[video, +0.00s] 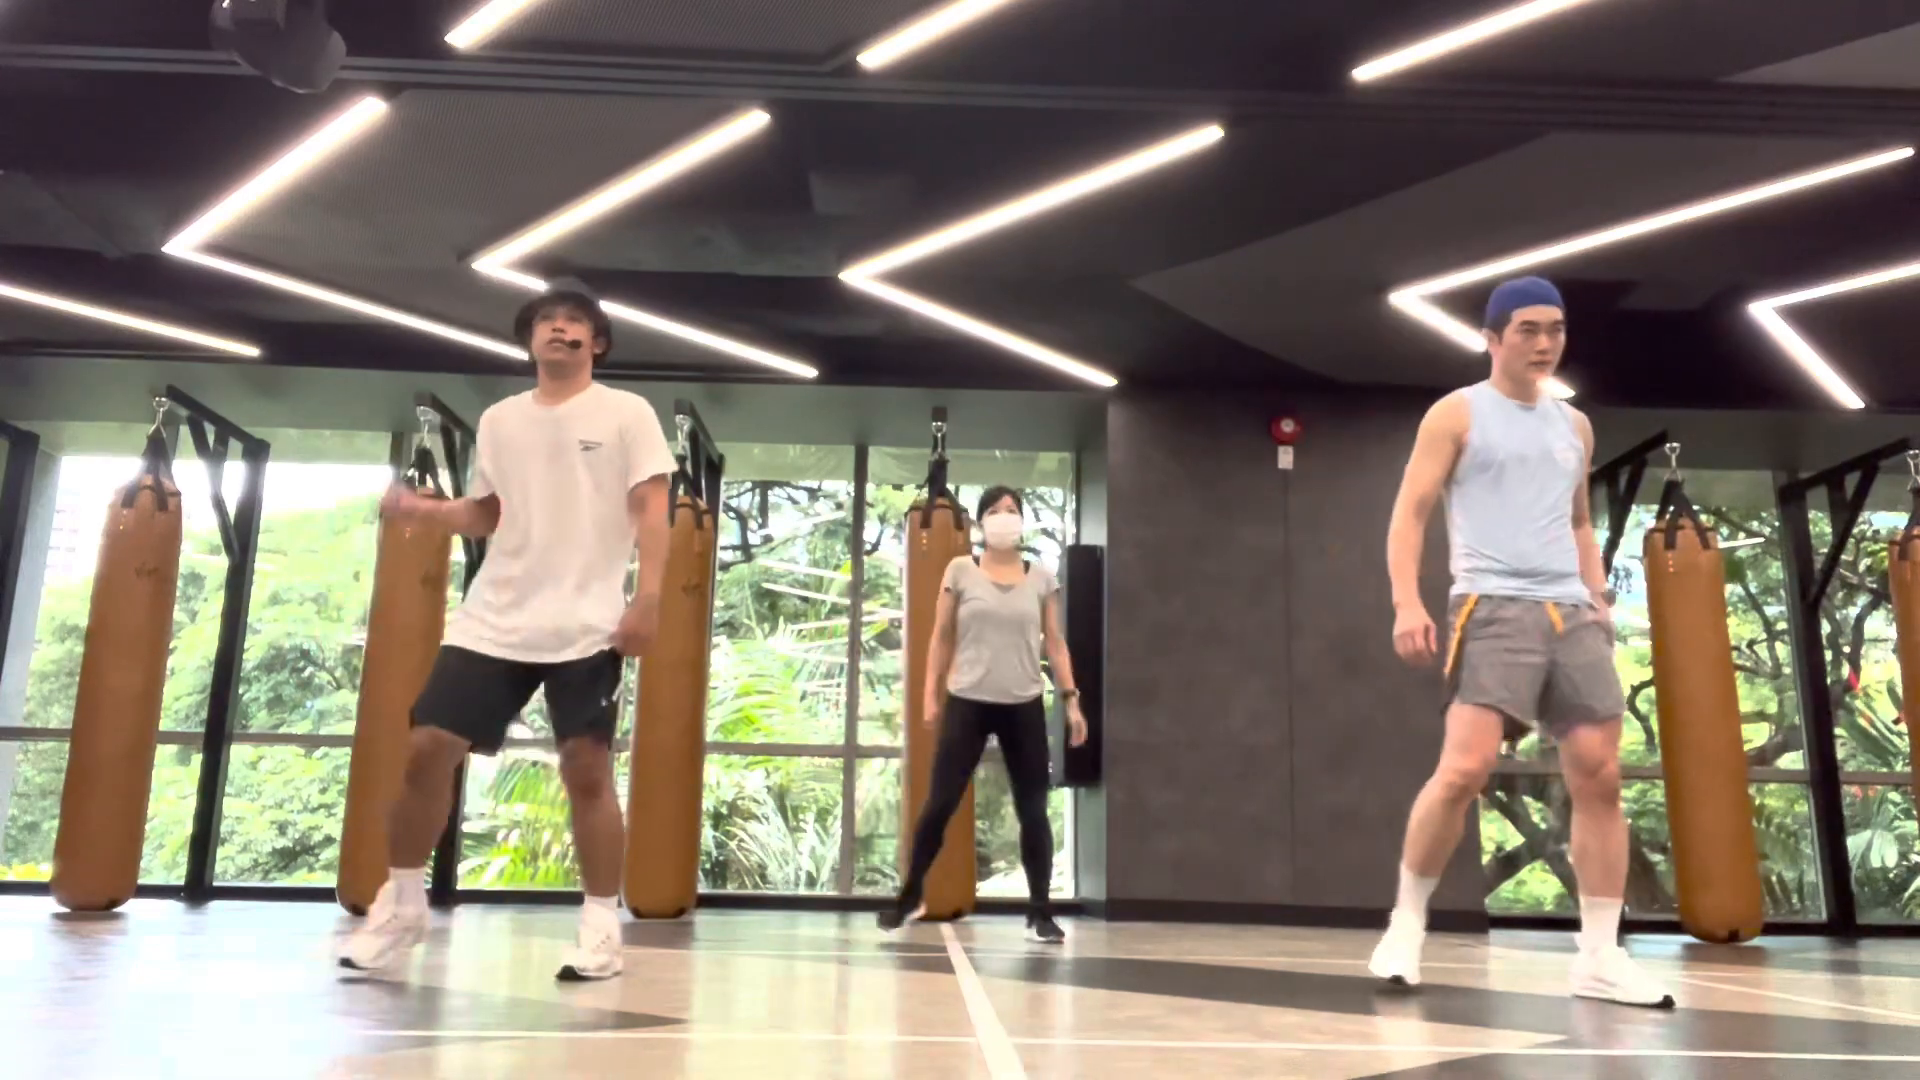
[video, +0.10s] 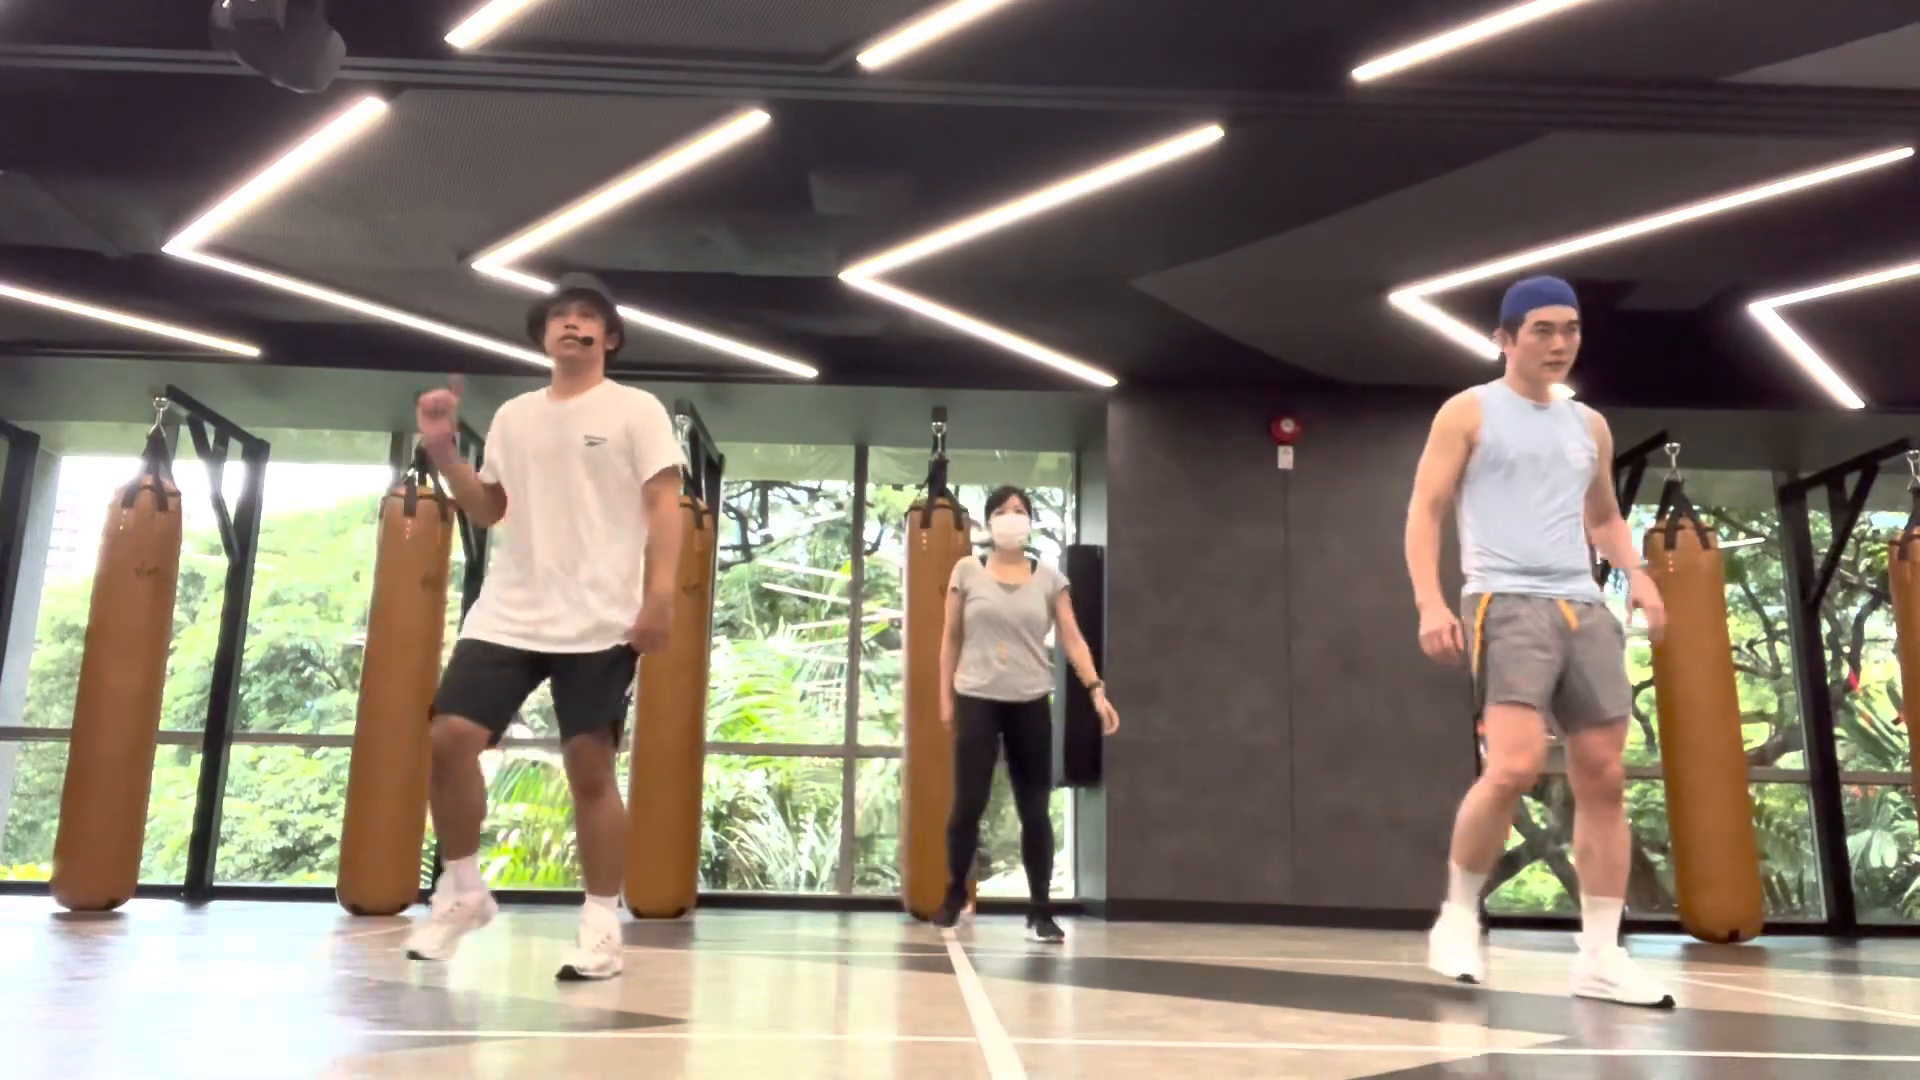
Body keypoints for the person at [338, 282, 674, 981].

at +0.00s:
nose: (561, 327)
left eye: (575, 318)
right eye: (548, 317)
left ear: (596, 341)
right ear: (528, 338)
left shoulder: (628, 414)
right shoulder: (498, 420)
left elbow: (653, 512)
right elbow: (488, 513)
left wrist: (645, 602)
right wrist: (430, 510)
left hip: (585, 620)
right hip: (495, 616)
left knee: (586, 769)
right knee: (428, 747)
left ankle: (601, 929)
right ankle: (403, 907)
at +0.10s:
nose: (573, 323)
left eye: (587, 315)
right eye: (563, 314)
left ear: (610, 336)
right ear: (542, 335)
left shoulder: (639, 411)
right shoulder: (513, 416)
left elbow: (665, 506)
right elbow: (486, 508)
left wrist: (659, 597)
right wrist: (444, 451)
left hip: (597, 615)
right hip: (509, 610)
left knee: (590, 768)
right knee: (451, 739)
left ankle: (601, 932)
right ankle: (465, 895)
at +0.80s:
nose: (473, 339)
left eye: (487, 329)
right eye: (473, 329)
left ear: (524, 341)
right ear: (478, 343)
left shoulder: (565, 420)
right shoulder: (439, 423)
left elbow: (585, 518)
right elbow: (382, 479)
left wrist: (584, 601)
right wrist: (392, 387)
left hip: (521, 630)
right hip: (428, 630)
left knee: (552, 776)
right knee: (387, 768)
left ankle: (597, 928)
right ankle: (358, 930)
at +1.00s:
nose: (425, 333)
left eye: (438, 322)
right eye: (429, 321)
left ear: (475, 331)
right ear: (449, 332)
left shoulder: (530, 412)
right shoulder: (403, 411)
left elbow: (541, 508)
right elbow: (348, 484)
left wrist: (528, 595)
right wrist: (333, 399)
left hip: (482, 618)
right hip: (392, 619)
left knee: (485, 748)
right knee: (371, 768)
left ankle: (544, 905)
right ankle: (357, 930)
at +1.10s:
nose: (421, 331)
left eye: (435, 320)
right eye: (424, 319)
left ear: (472, 331)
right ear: (443, 331)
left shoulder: (525, 411)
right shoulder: (397, 409)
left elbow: (534, 509)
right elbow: (342, 487)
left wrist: (517, 595)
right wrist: (300, 459)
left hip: (472, 614)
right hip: (384, 614)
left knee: (453, 748)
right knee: (372, 769)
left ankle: (474, 910)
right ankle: (357, 930)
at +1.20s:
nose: (419, 336)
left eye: (432, 325)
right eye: (422, 324)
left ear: (469, 334)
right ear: (447, 335)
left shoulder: (524, 416)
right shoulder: (394, 415)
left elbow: (534, 512)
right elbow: (340, 491)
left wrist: (513, 598)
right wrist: (276, 543)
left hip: (467, 622)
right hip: (378, 619)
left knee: (435, 759)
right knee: (366, 768)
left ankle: (423, 924)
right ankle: (357, 928)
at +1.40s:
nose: (430, 324)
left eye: (444, 312)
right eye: (430, 313)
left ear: (484, 325)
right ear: (442, 327)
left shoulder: (534, 411)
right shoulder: (401, 408)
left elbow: (543, 507)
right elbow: (382, 513)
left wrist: (534, 590)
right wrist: (363, 607)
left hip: (488, 613)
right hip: (396, 613)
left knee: (490, 735)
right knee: (370, 770)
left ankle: (499, 884)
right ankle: (356, 929)